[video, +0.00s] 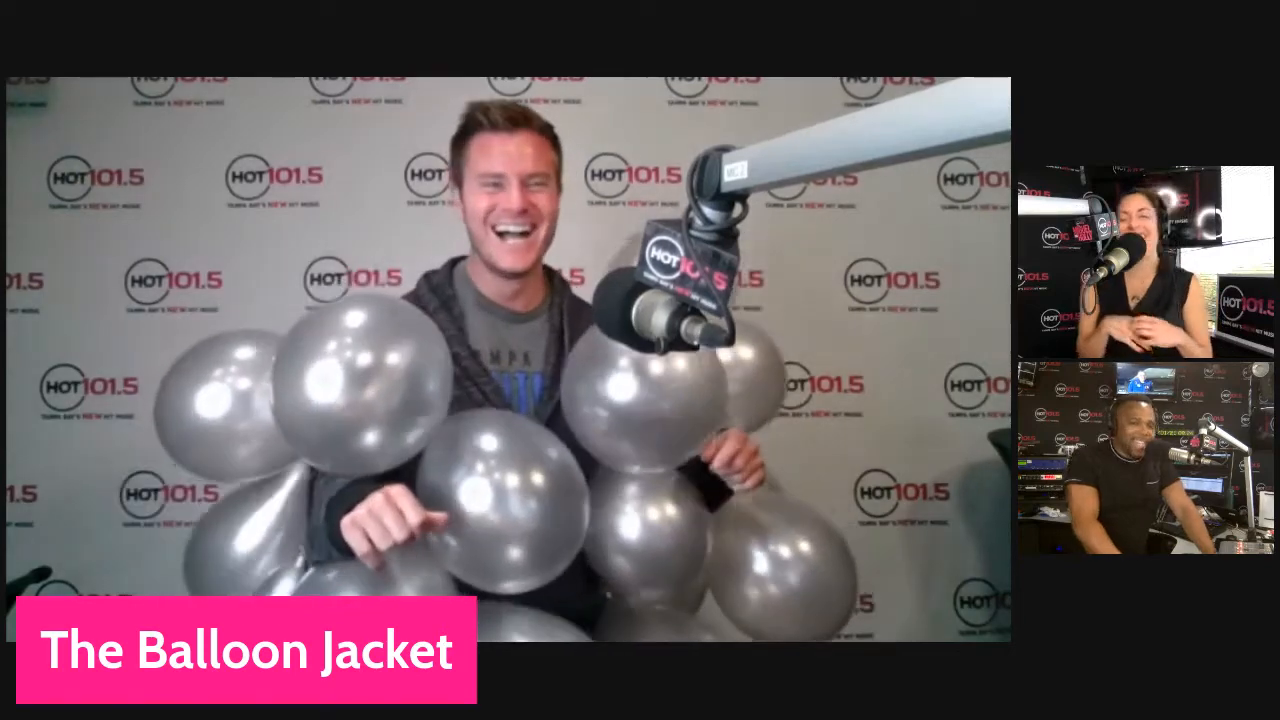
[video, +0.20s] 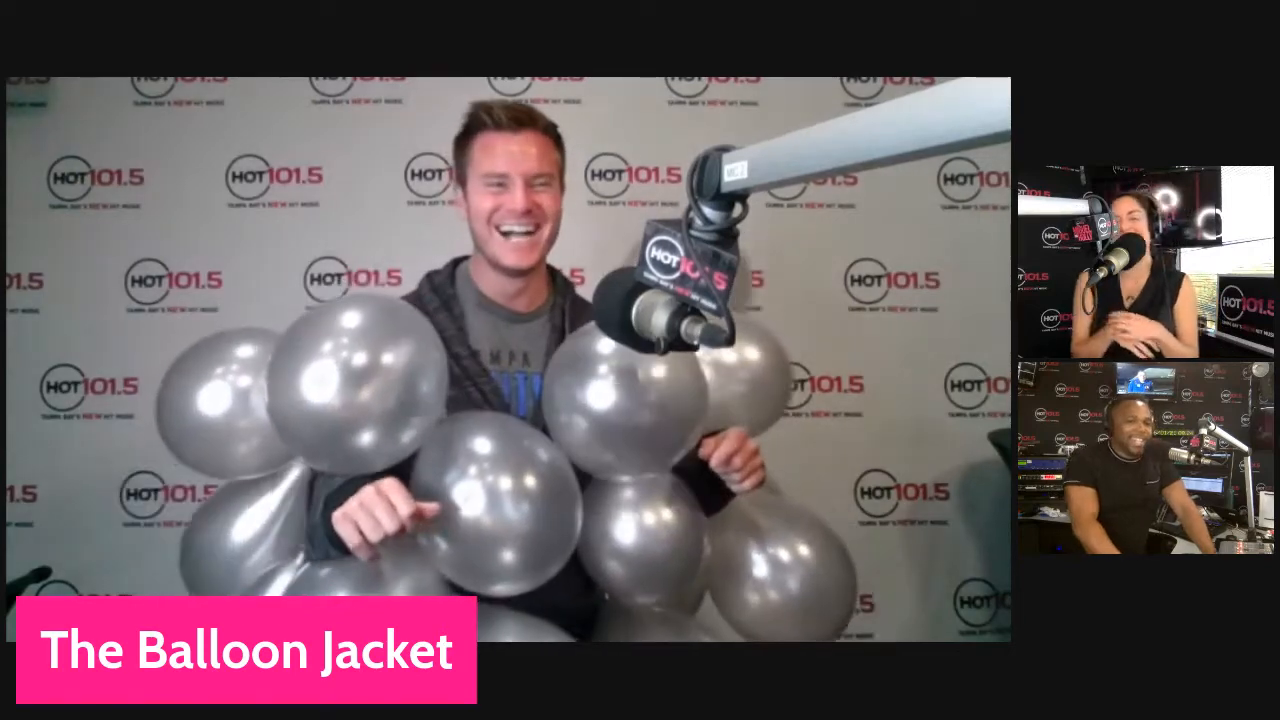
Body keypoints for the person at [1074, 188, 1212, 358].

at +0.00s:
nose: (1133, 225)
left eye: (1143, 216)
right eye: (1123, 218)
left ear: (1160, 224)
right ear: (1116, 228)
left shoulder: (1186, 284)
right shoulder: (1098, 285)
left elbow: (1206, 358)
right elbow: (1086, 356)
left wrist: (1180, 337)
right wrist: (1106, 325)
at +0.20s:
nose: (1124, 228)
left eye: (1134, 218)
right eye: (1115, 221)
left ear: (1152, 226)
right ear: (1107, 230)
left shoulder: (1178, 284)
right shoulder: (1090, 281)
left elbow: (1191, 356)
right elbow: (1078, 352)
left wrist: (1157, 331)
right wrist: (1110, 332)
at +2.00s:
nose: (1157, 228)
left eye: (1170, 218)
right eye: (1151, 220)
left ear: (1195, 224)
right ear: (1146, 226)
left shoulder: (1229, 283)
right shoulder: (1134, 282)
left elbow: (1248, 360)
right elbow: (1127, 355)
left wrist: (1200, 349)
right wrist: (1148, 344)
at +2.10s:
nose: (1161, 228)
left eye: (1175, 217)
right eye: (1156, 219)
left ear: (1201, 224)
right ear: (1150, 225)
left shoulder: (1234, 283)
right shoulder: (1139, 282)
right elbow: (1132, 355)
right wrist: (1150, 347)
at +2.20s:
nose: (1163, 225)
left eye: (1177, 215)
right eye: (1157, 216)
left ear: (1201, 222)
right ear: (1151, 224)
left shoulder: (1235, 283)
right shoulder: (1137, 282)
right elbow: (1129, 353)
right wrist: (1150, 348)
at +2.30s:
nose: (1163, 223)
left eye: (1177, 214)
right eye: (1158, 214)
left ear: (1200, 223)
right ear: (1151, 222)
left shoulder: (1230, 285)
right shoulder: (1132, 281)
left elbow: (1246, 362)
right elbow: (1121, 354)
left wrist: (1199, 349)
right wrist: (1143, 346)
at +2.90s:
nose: (1151, 226)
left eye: (1164, 218)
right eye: (1142, 216)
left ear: (1177, 228)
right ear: (1129, 222)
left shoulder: (1196, 291)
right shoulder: (1100, 286)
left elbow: (1206, 362)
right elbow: (1087, 353)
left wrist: (1173, 351)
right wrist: (1114, 348)